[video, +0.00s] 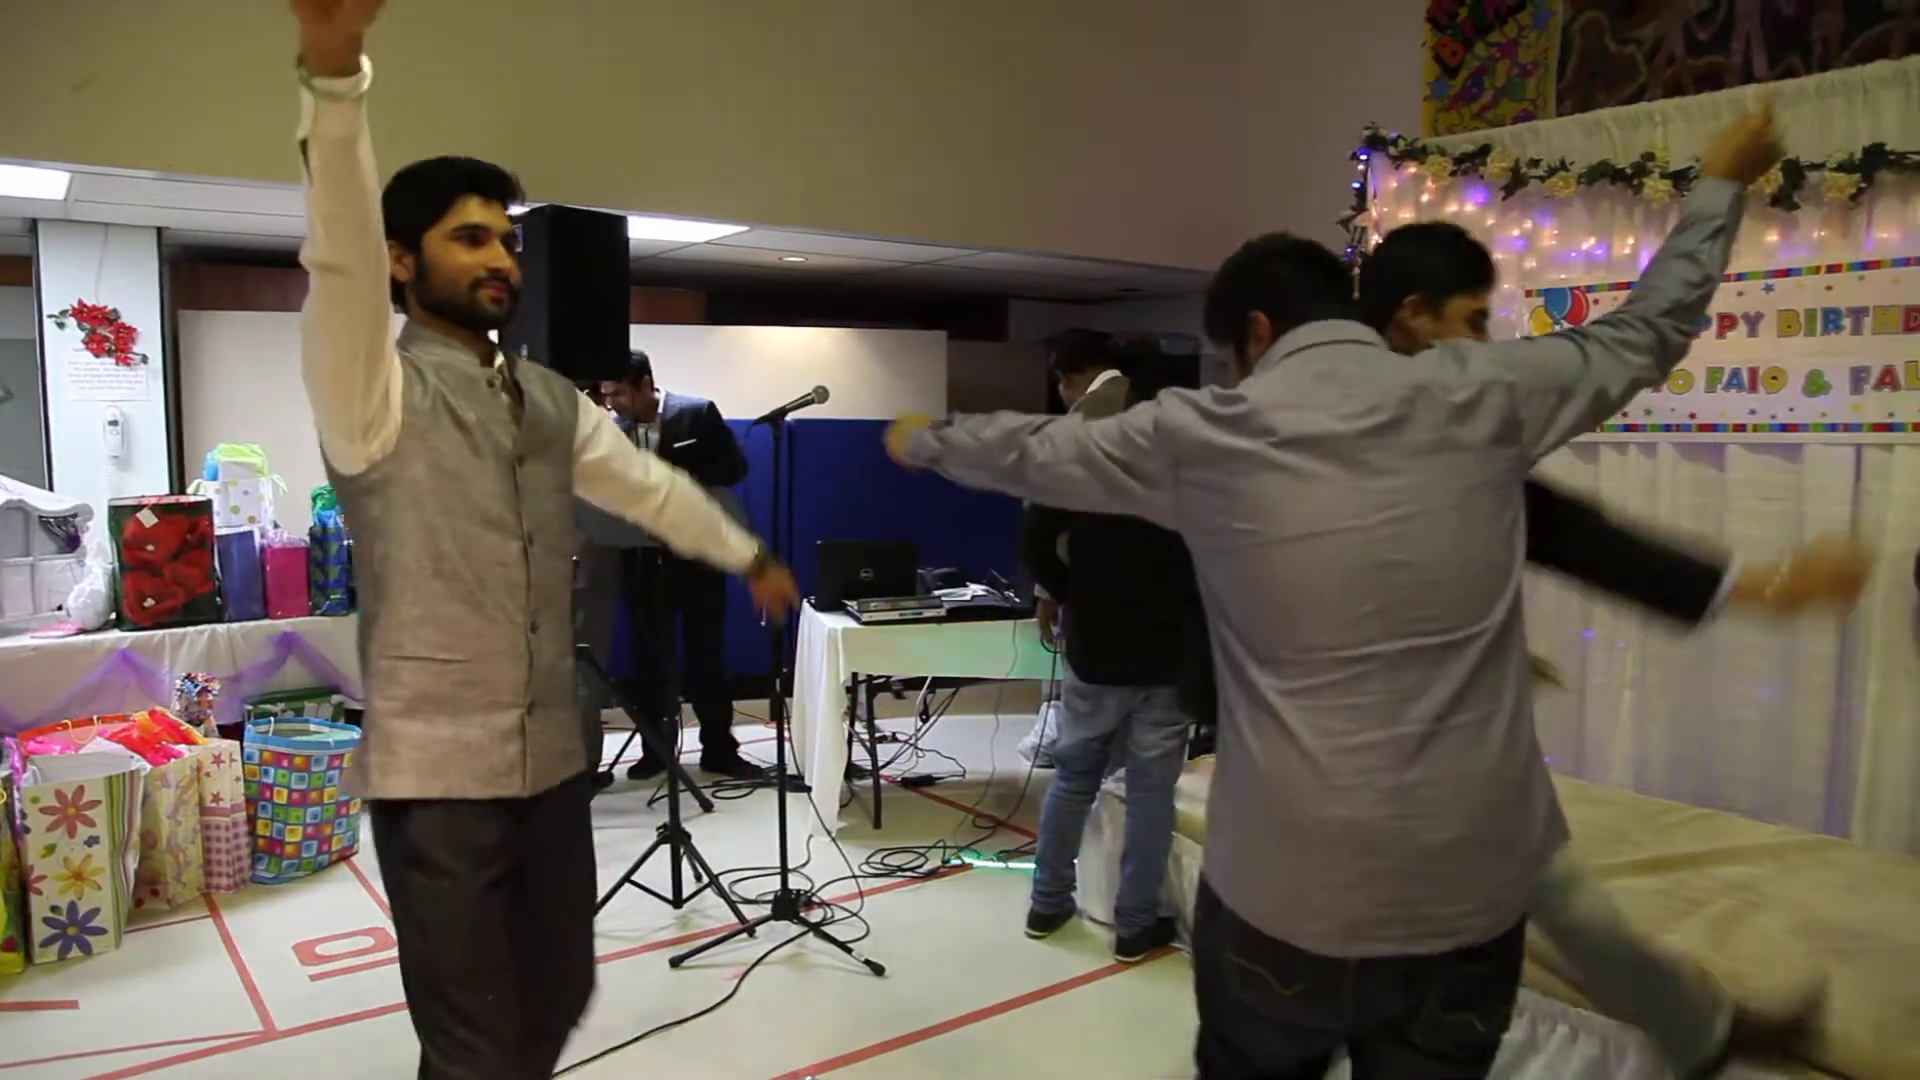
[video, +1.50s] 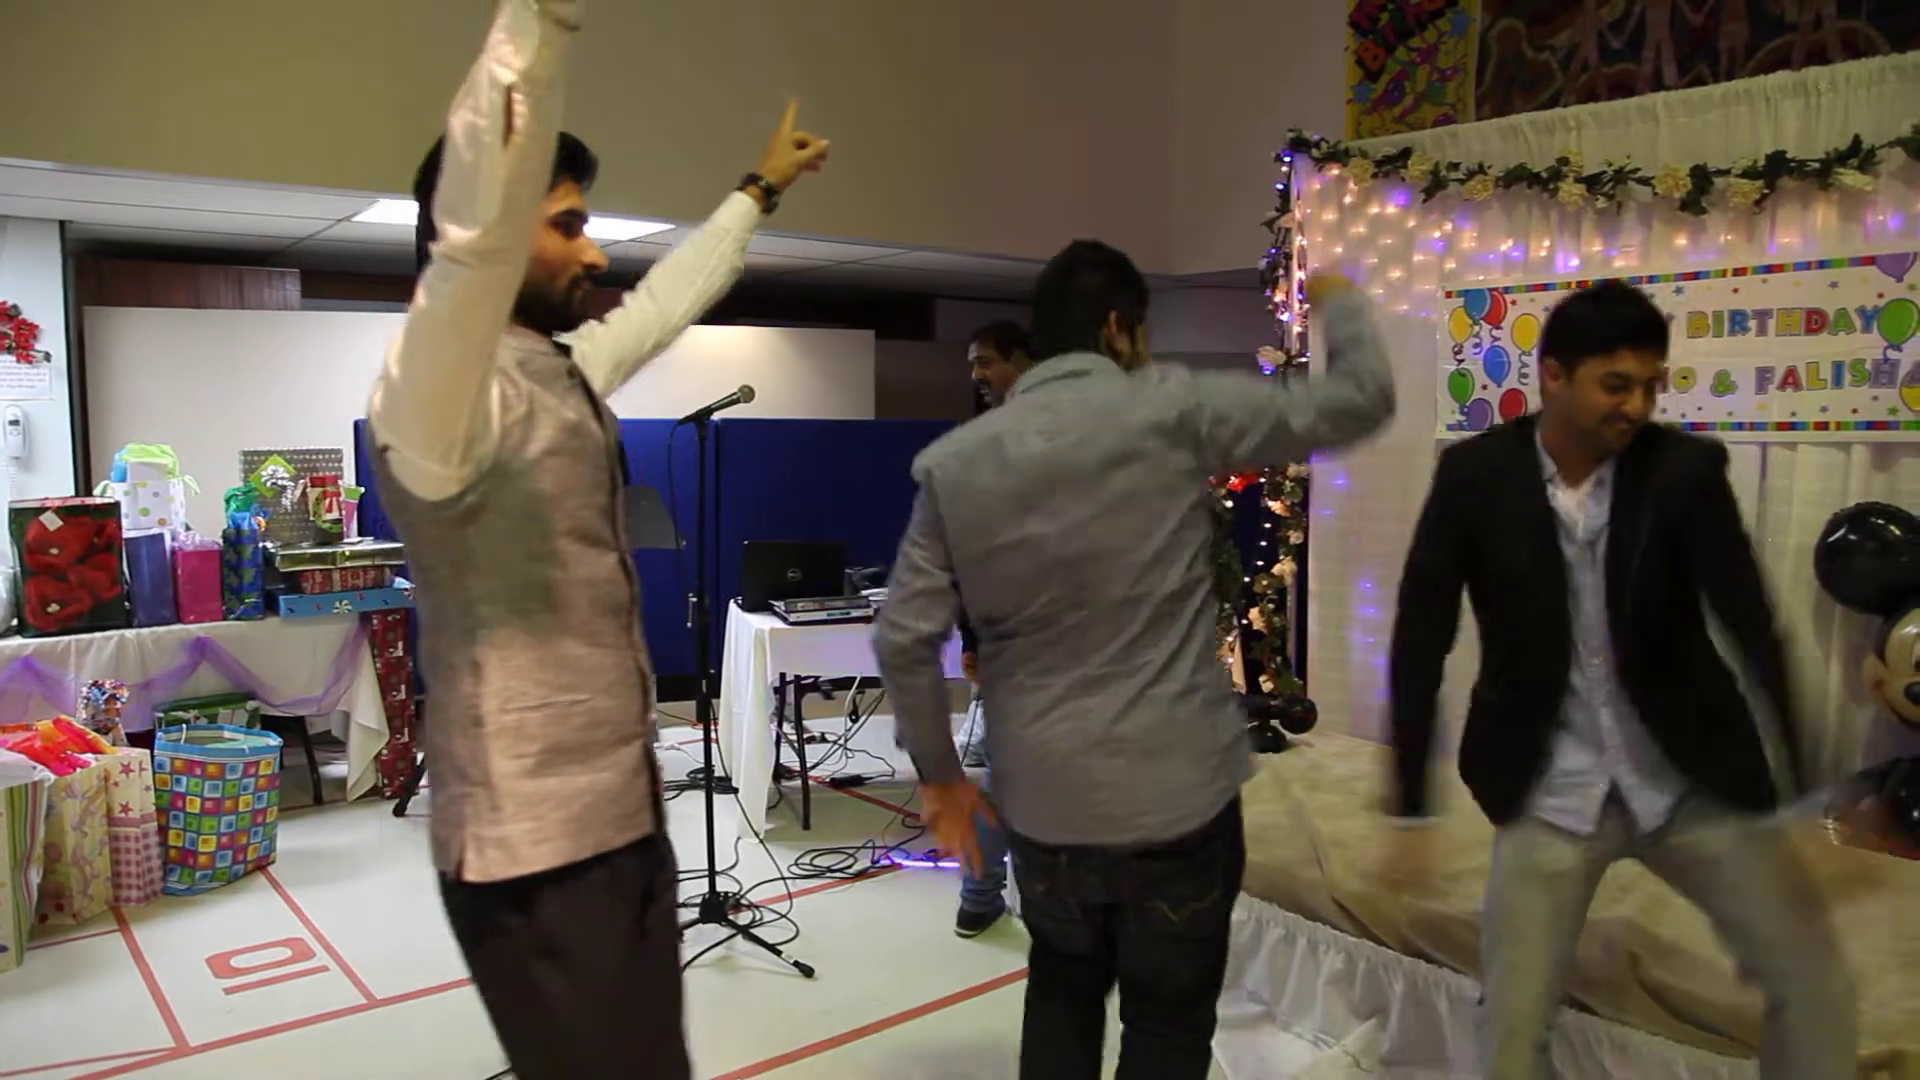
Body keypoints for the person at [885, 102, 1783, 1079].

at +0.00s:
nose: (1223, 379)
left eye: (1221, 356)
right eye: (1222, 361)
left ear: (1253, 337)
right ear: (1369, 314)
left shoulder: (1200, 438)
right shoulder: (1478, 387)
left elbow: (1043, 451)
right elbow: (1642, 337)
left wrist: (927, 440)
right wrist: (1722, 187)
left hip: (1287, 902)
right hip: (1478, 896)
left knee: (1255, 1066)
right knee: (1428, 1068)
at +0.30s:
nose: (1173, 383)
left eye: (1173, 366)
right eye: (1174, 369)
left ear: (1199, 348)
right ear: (1296, 334)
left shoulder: (1139, 437)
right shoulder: (1405, 412)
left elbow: (961, 430)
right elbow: (1570, 349)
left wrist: (828, 356)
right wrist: (1624, 180)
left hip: (1187, 889)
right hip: (1378, 888)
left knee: (1136, 1071)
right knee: (1365, 1074)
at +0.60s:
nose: (1032, 380)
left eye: (1034, 362)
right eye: (1036, 367)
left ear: (1054, 354)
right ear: (1163, 339)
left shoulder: (1001, 430)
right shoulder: (1259, 398)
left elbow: (860, 423)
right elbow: (1417, 328)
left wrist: (757, 370)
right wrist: (1486, 177)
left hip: (1051, 868)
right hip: (1219, 865)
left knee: (1036, 1069)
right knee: (1222, 1066)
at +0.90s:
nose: (987, 385)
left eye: (988, 367)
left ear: (1002, 368)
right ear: (1107, 355)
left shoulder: (943, 468)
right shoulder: (1181, 410)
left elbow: (813, 499)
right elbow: (1365, 343)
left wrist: (747, 408)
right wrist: (1433, 180)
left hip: (1017, 871)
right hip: (1174, 865)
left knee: (1020, 1070)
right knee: (1180, 1070)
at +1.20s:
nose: (981, 373)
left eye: (984, 357)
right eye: (984, 357)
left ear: (998, 355)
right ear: (1098, 334)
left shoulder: (954, 450)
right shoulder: (1182, 369)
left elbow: (811, 518)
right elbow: (1304, 252)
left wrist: (813, 573)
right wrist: (1404, 130)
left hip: (1053, 842)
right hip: (1204, 829)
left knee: (1049, 1048)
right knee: (1184, 1062)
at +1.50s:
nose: (1148, 342)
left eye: (1146, 327)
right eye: (1144, 326)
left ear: (1032, 335)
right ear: (1116, 326)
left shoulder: (956, 465)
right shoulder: (1172, 407)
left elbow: (904, 636)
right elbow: (1359, 399)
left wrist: (939, 775)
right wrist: (1341, 304)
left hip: (1041, 804)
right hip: (1177, 801)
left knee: (1062, 992)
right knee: (1169, 1026)